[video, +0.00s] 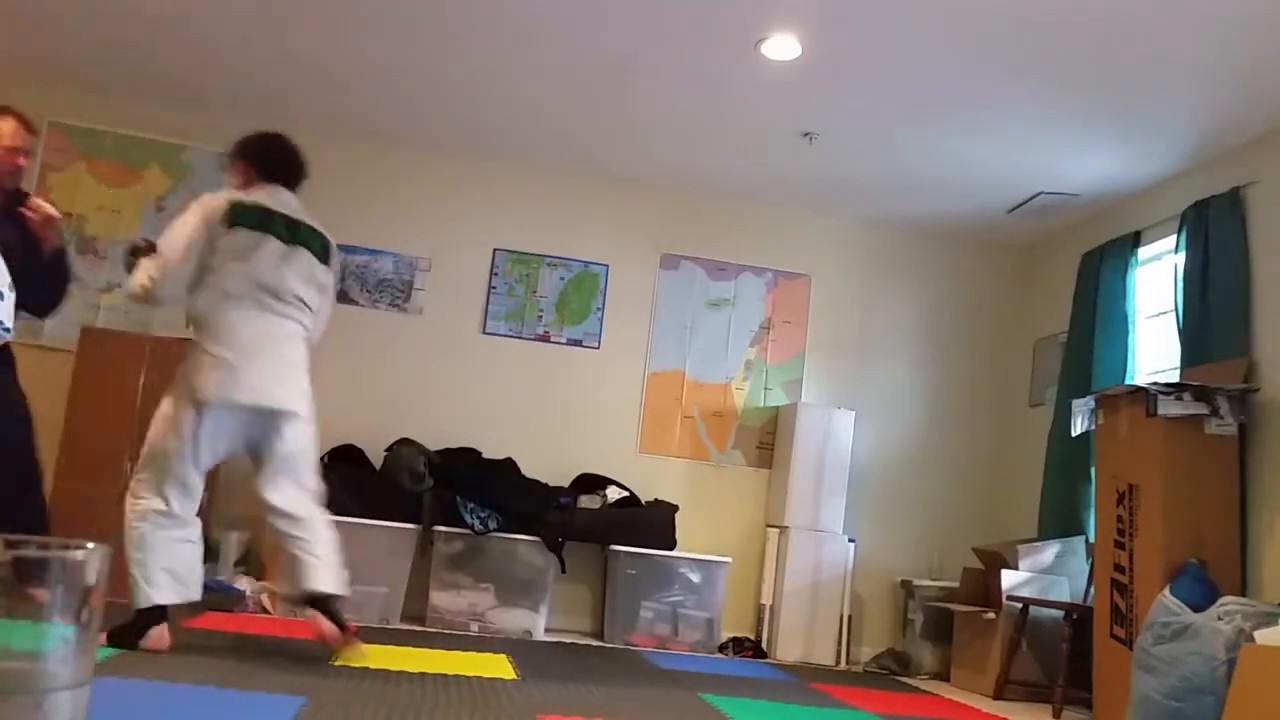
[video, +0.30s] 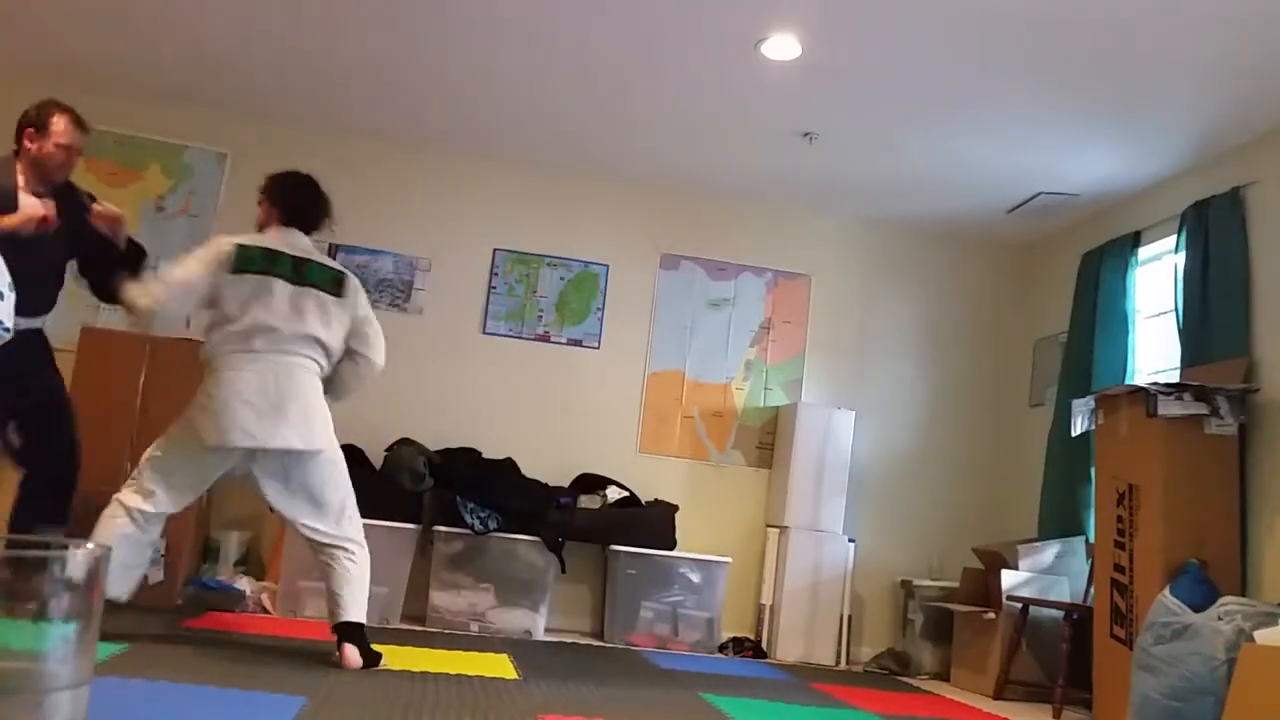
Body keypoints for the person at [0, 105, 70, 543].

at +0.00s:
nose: (18, 162)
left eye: (25, 152)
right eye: (9, 150)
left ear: (32, 157)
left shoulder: (21, 213)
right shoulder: (12, 213)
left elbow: (41, 302)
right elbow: (39, 300)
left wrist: (51, 244)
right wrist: (44, 244)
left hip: (4, 355)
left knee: (16, 449)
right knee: (14, 447)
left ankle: (33, 572)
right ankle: (31, 572)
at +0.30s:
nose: (73, 160)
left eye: (77, 151)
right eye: (66, 148)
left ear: (77, 153)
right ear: (30, 141)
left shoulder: (72, 204)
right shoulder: (4, 187)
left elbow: (111, 286)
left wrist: (119, 243)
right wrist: (9, 223)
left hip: (25, 342)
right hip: (3, 339)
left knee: (56, 459)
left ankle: (22, 578)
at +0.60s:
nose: (74, 186)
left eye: (81, 178)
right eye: (64, 177)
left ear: (90, 185)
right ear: (37, 182)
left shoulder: (93, 241)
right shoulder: (12, 225)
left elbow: (144, 308)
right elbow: (10, 275)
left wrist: (119, 256)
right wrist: (77, 273)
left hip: (56, 387)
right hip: (6, 381)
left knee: (112, 478)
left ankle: (142, 594)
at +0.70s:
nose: (103, 193)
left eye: (113, 185)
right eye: (95, 183)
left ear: (131, 191)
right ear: (77, 184)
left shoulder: (136, 243)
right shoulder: (35, 231)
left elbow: (154, 298)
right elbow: (9, 286)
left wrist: (126, 275)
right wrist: (79, 283)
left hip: (90, 384)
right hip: (21, 377)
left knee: (134, 484)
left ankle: (130, 600)